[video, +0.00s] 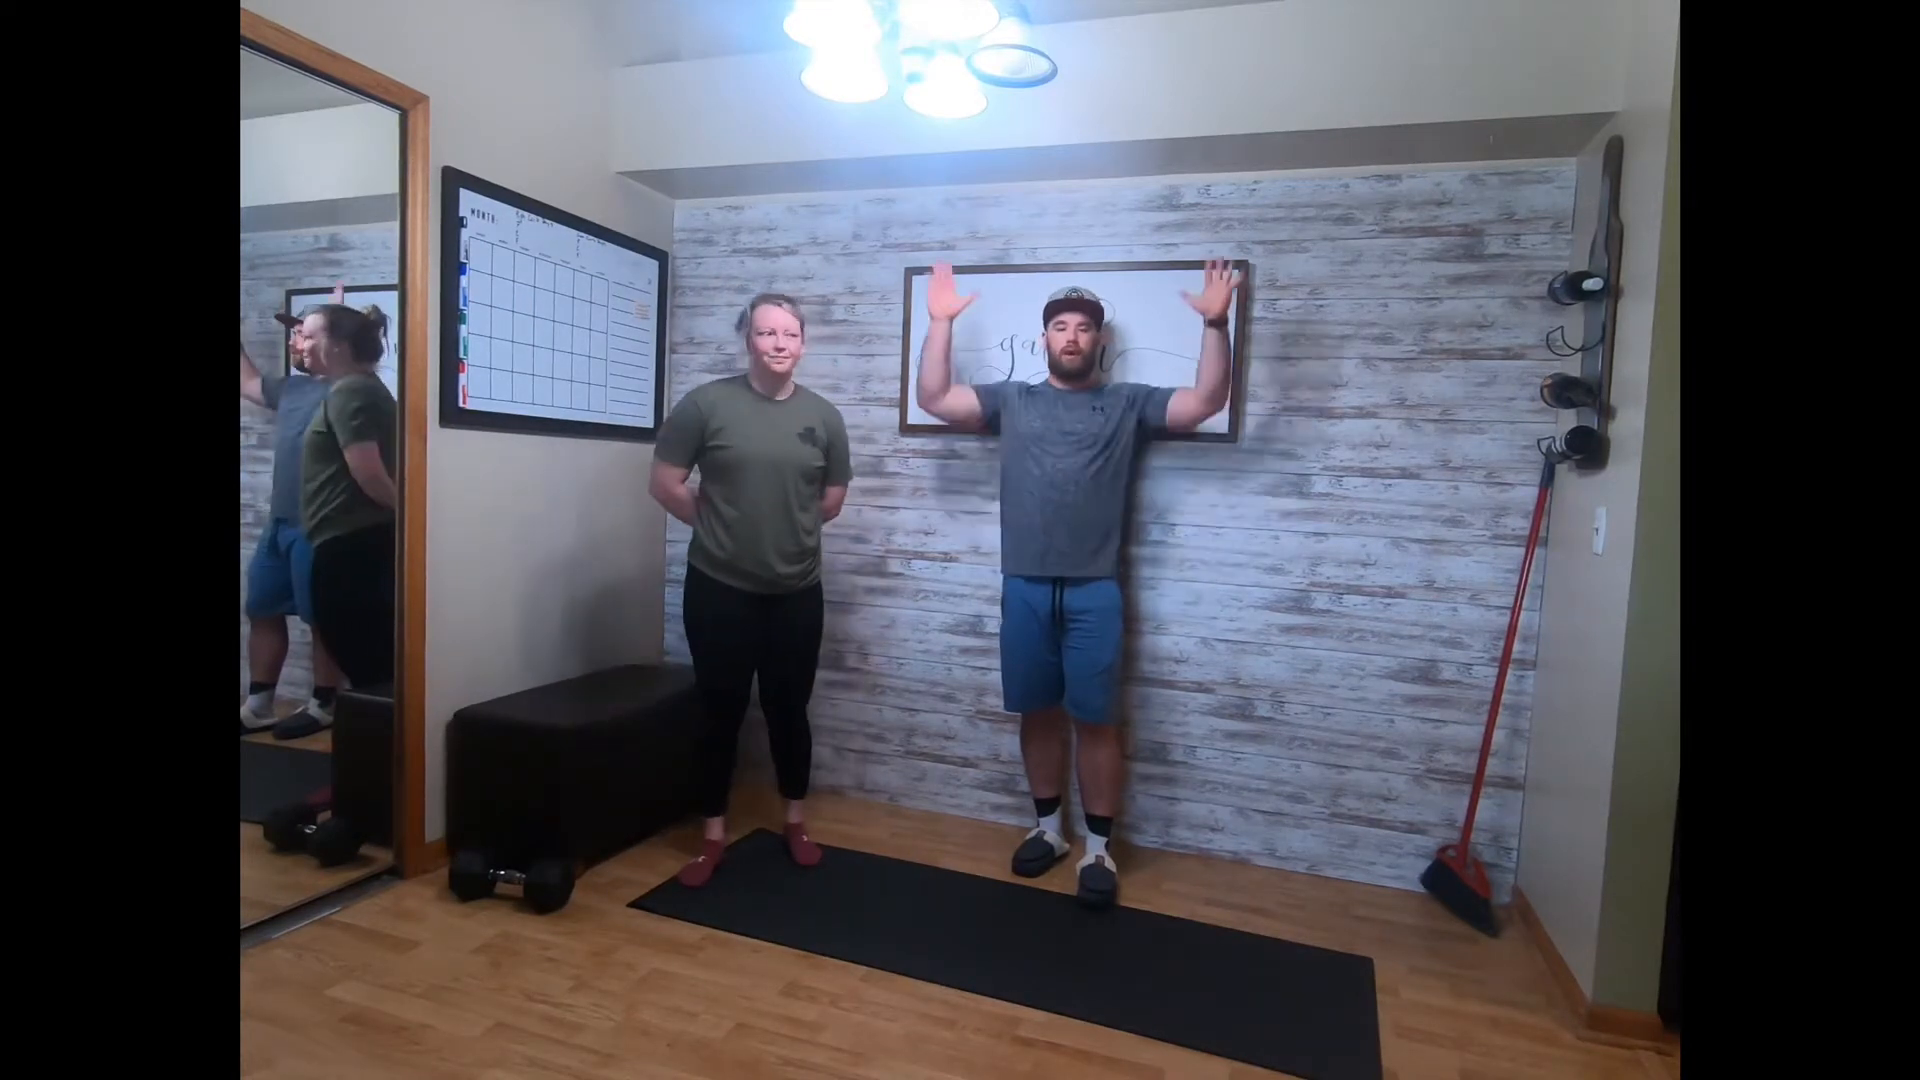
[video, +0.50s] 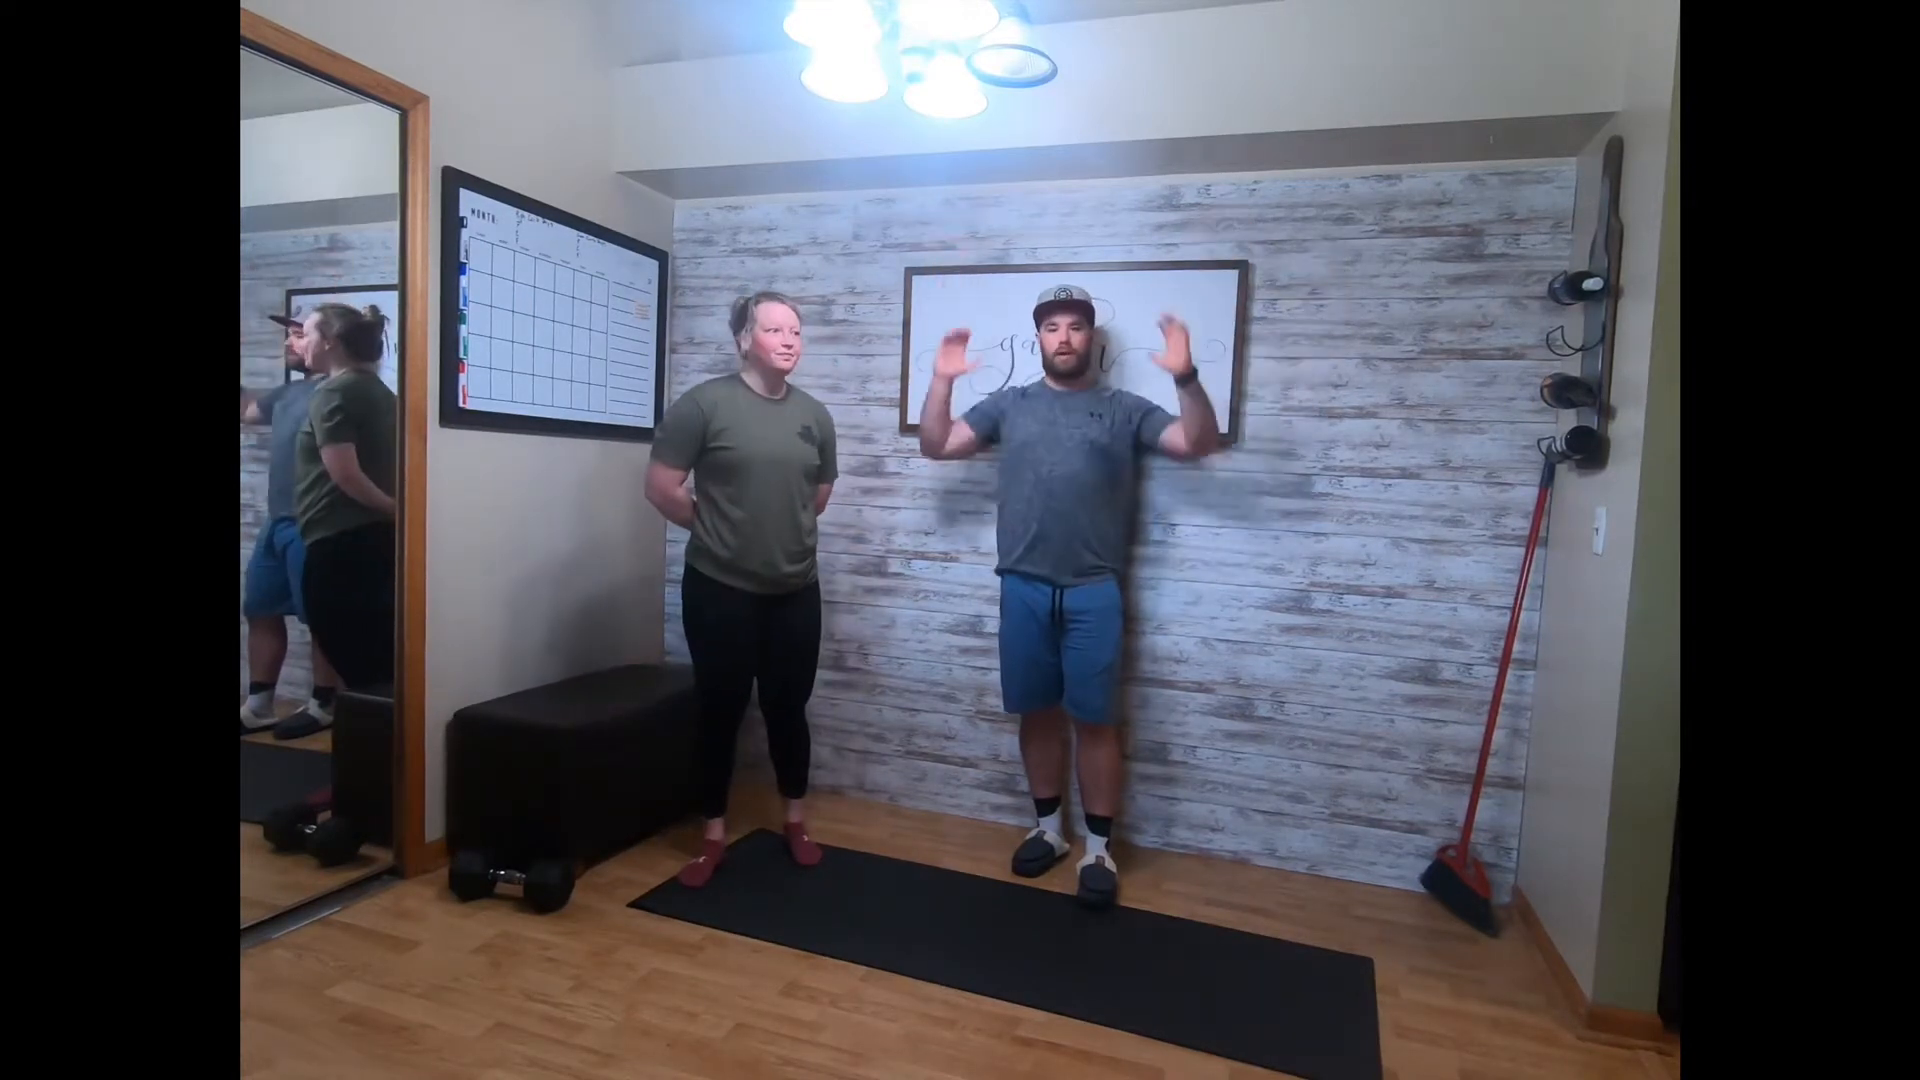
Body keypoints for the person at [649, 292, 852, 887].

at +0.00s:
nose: (779, 343)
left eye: (789, 334)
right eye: (768, 334)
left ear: (803, 342)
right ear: (747, 341)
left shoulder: (824, 417)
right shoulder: (706, 404)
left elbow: (831, 501)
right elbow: (665, 483)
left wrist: (780, 524)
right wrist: (719, 523)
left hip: (794, 591)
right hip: (718, 586)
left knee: (789, 711)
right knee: (718, 714)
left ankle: (795, 822)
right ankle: (714, 835)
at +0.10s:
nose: (783, 341)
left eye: (792, 332)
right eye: (770, 331)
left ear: (802, 344)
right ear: (745, 340)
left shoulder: (820, 418)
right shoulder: (703, 404)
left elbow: (826, 495)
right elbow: (661, 483)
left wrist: (779, 524)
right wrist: (716, 523)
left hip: (792, 590)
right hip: (717, 586)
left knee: (787, 709)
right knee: (718, 712)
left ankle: (794, 820)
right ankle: (713, 835)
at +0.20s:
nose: (787, 341)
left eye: (794, 332)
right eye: (773, 331)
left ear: (802, 343)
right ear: (745, 339)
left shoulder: (816, 417)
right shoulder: (702, 404)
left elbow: (822, 492)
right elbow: (659, 484)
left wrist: (781, 527)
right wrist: (715, 525)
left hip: (790, 589)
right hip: (716, 585)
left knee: (787, 709)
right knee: (718, 711)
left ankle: (794, 821)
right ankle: (713, 835)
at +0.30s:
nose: (789, 340)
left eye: (795, 331)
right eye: (774, 330)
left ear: (801, 342)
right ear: (744, 340)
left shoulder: (813, 417)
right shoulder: (702, 404)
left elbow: (818, 493)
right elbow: (659, 486)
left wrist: (777, 528)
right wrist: (715, 526)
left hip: (790, 589)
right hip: (716, 586)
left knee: (787, 710)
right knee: (717, 712)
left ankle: (794, 821)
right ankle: (714, 835)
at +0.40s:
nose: (789, 340)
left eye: (795, 331)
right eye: (775, 330)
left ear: (801, 342)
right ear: (744, 339)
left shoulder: (813, 417)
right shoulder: (702, 404)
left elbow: (816, 494)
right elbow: (659, 486)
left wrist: (777, 529)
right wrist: (715, 527)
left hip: (791, 589)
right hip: (717, 586)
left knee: (788, 710)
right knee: (717, 712)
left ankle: (794, 821)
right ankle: (714, 835)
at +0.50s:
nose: (790, 340)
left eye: (795, 330)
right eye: (775, 330)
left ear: (801, 342)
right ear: (744, 340)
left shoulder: (814, 417)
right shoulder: (703, 405)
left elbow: (818, 495)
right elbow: (661, 487)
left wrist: (777, 528)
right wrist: (717, 526)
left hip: (793, 589)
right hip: (719, 586)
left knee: (789, 709)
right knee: (718, 711)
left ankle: (795, 821)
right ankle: (713, 835)